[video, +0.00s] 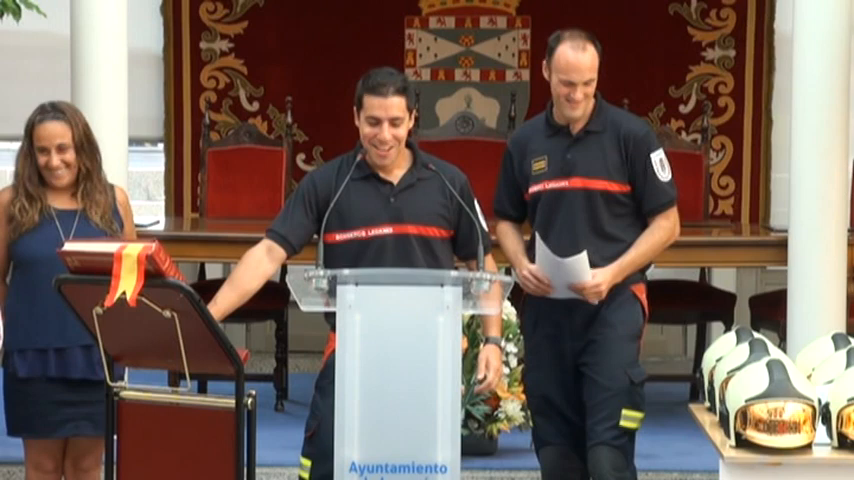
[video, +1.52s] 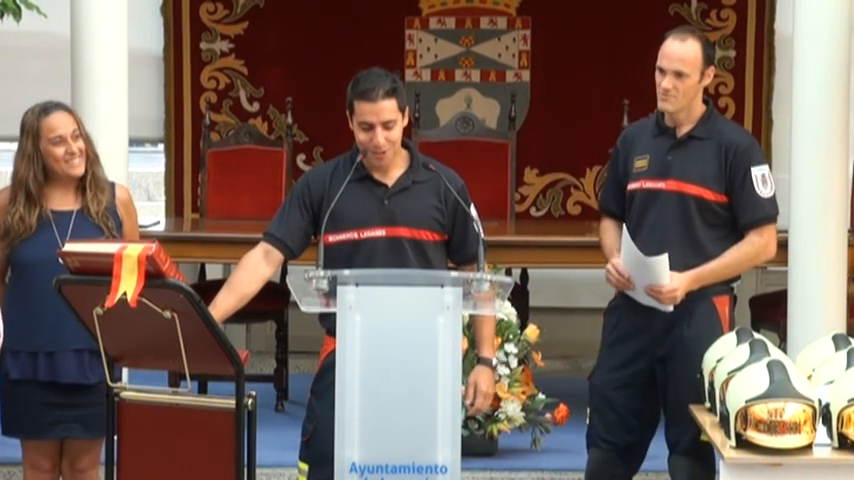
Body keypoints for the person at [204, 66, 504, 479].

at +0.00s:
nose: (384, 135)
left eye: (395, 122)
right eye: (373, 122)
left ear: (412, 120)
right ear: (357, 119)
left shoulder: (449, 183)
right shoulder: (326, 182)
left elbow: (483, 266)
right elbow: (269, 253)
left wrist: (492, 341)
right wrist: (207, 318)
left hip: (430, 351)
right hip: (353, 351)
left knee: (427, 467)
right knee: (323, 466)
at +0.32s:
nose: (377, 137)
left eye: (388, 123)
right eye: (366, 125)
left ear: (404, 118)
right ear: (349, 121)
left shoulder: (443, 185)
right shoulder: (319, 183)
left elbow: (475, 275)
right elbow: (265, 255)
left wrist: (487, 359)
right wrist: (206, 321)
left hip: (424, 352)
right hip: (345, 351)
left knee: (423, 468)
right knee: (325, 466)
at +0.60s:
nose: (376, 139)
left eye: (386, 125)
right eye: (364, 127)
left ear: (404, 119)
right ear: (349, 123)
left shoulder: (443, 185)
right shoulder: (318, 183)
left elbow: (475, 275)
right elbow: (264, 256)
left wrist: (483, 356)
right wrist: (206, 321)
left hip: (423, 353)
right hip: (343, 352)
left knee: (422, 468)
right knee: (323, 466)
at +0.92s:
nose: (377, 140)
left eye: (387, 126)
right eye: (366, 128)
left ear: (405, 119)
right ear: (350, 124)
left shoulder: (448, 185)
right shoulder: (323, 185)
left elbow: (483, 273)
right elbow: (266, 256)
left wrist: (486, 355)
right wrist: (206, 322)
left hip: (428, 354)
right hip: (350, 353)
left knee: (426, 468)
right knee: (320, 464)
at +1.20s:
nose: (378, 141)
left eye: (387, 127)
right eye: (366, 129)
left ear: (405, 120)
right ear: (350, 124)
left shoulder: (447, 187)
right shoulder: (322, 185)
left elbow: (485, 274)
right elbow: (266, 256)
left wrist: (495, 356)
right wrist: (207, 322)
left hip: (427, 355)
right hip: (349, 355)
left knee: (425, 467)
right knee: (324, 465)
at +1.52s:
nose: (378, 139)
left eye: (388, 126)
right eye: (366, 127)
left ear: (406, 119)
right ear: (351, 123)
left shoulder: (445, 187)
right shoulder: (321, 184)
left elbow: (477, 278)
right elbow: (266, 256)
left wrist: (486, 361)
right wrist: (207, 322)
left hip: (426, 354)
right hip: (347, 353)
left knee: (424, 468)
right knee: (323, 465)